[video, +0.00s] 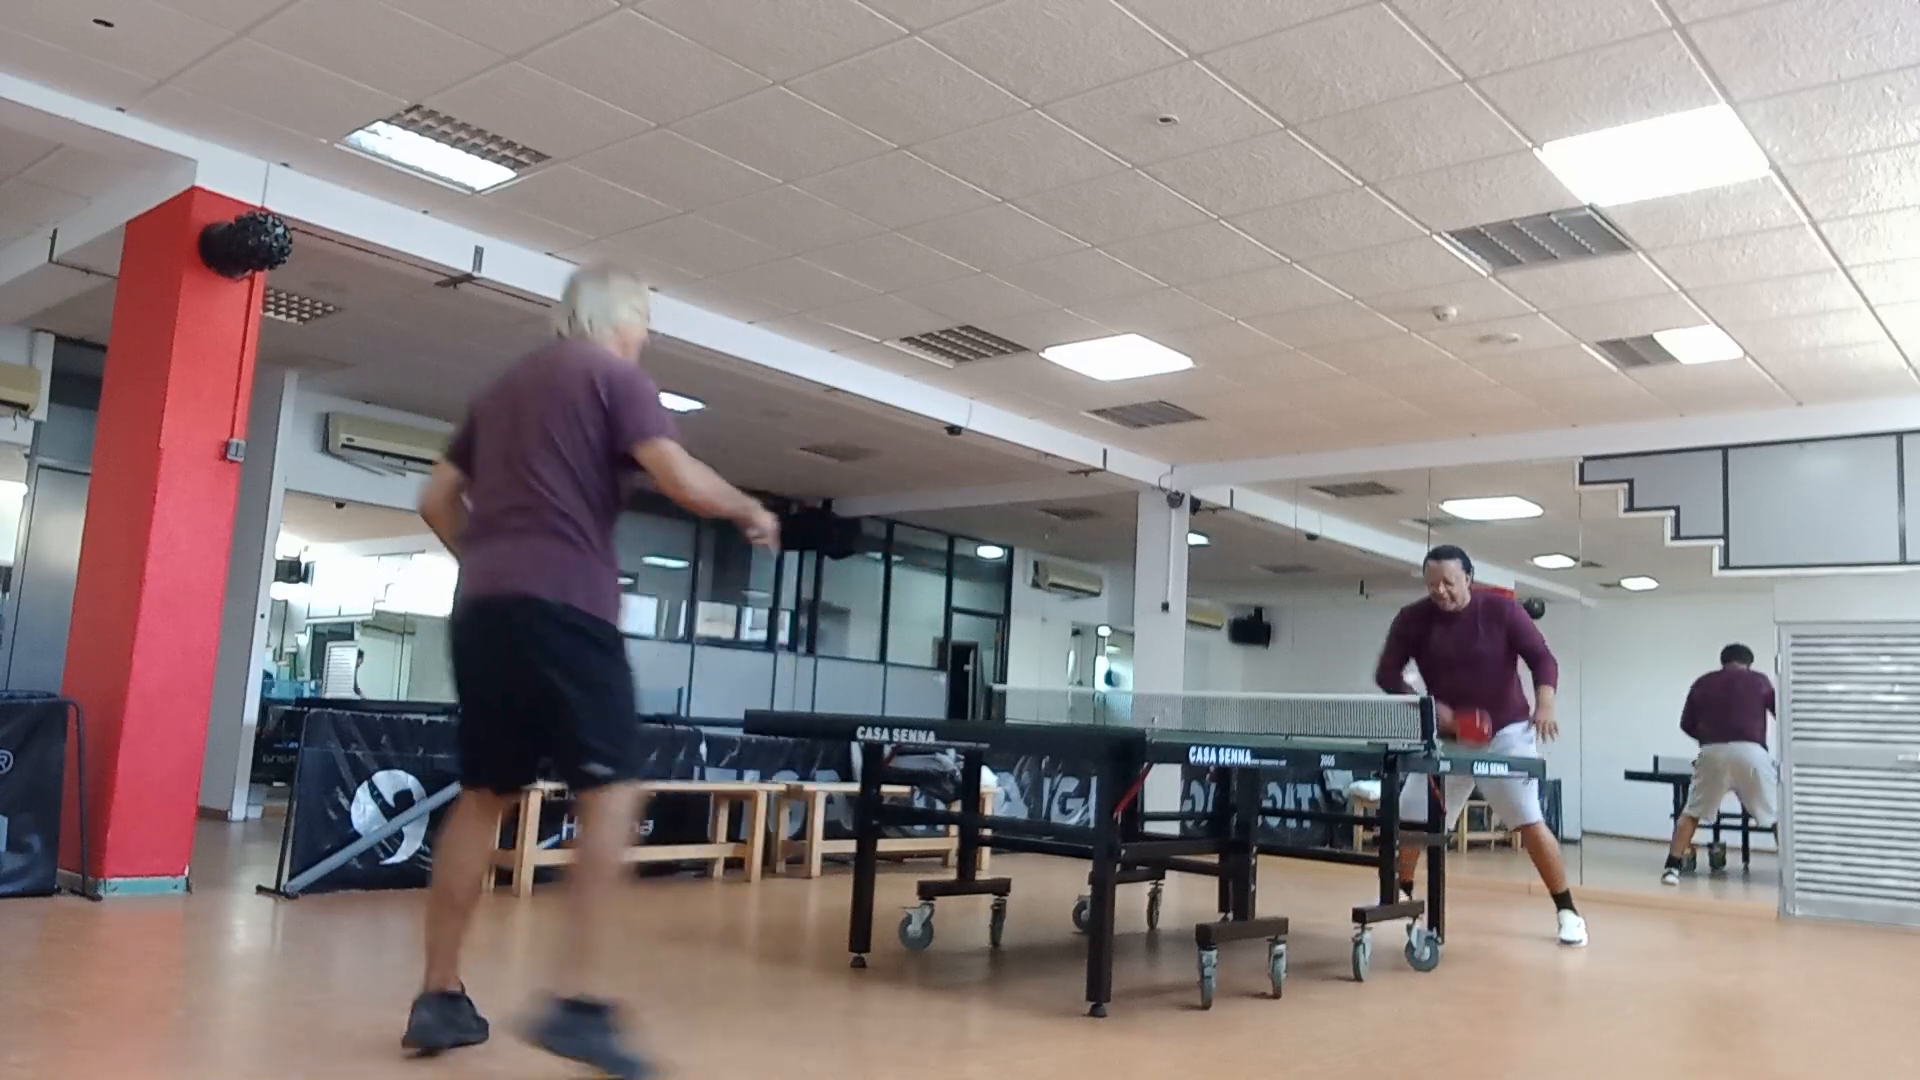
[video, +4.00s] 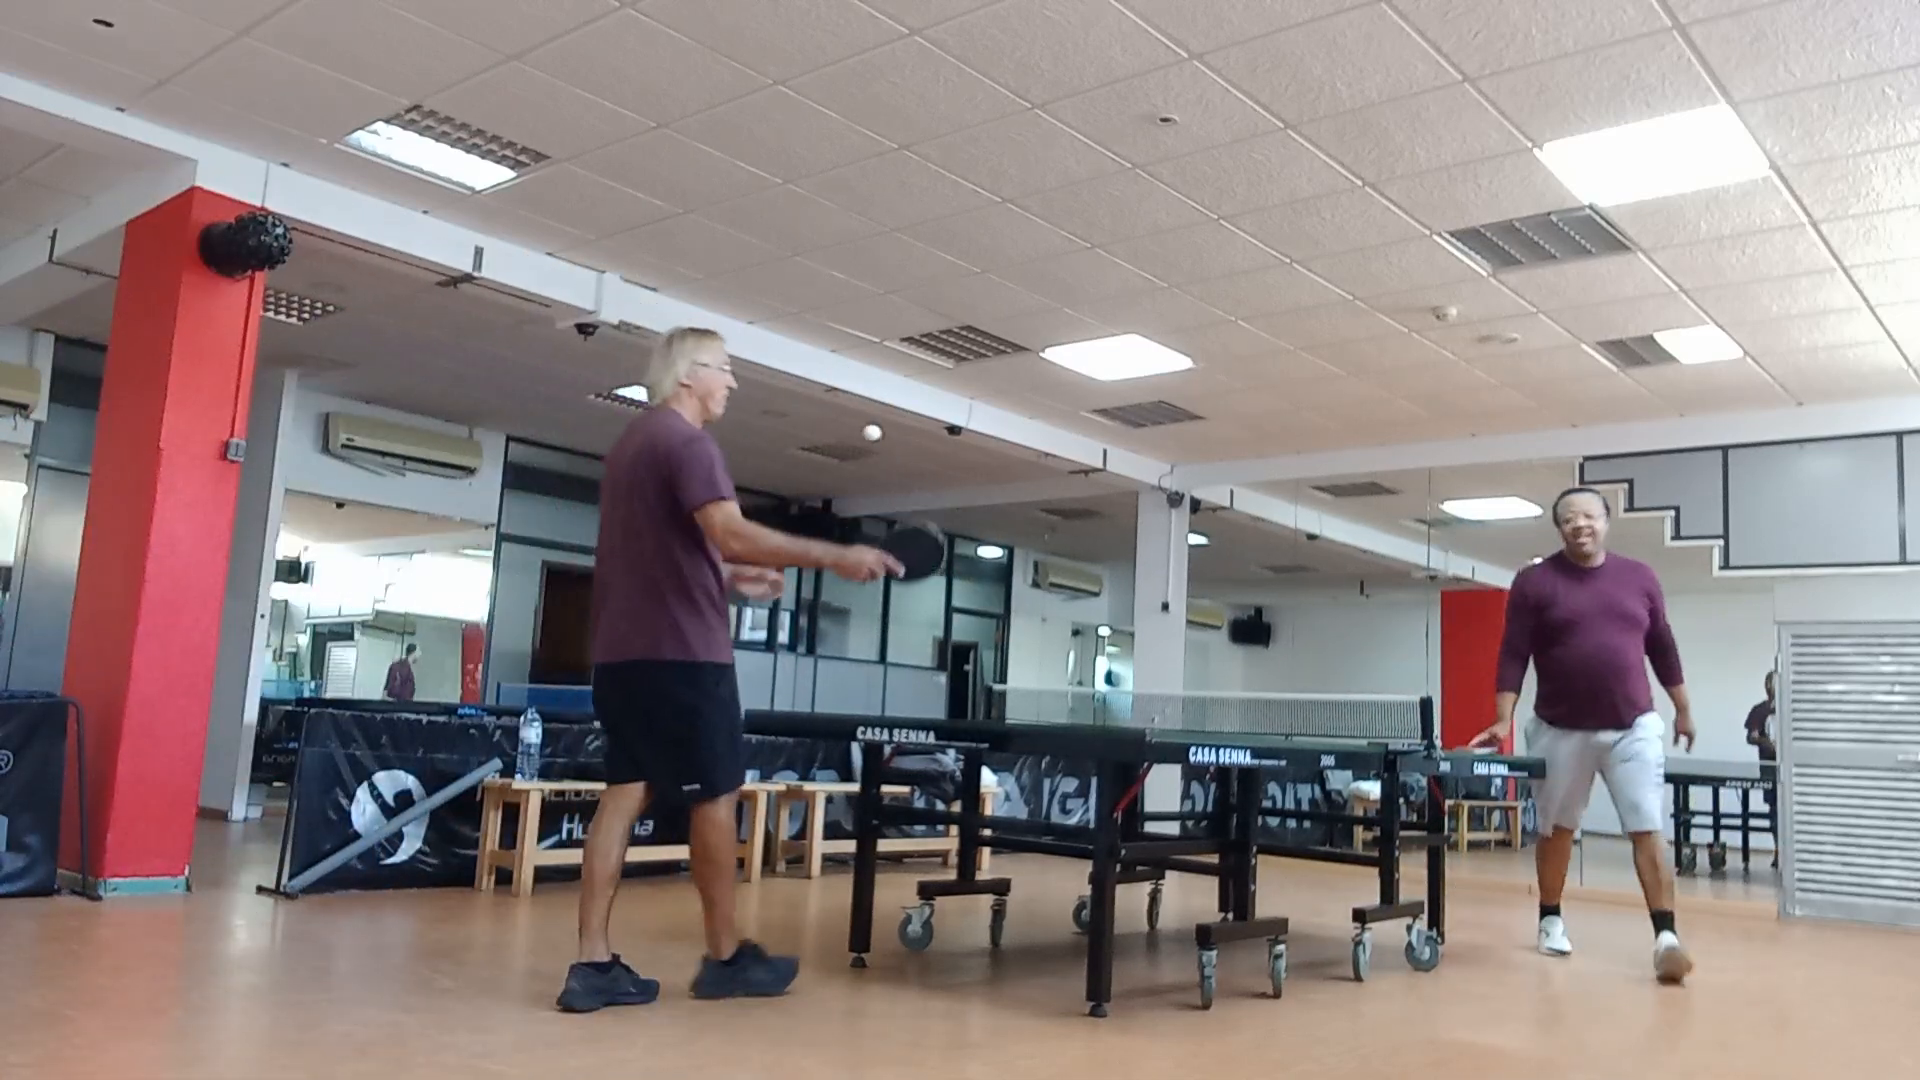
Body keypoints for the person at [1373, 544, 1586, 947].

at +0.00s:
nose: (1440, 591)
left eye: (1448, 582)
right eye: (1433, 584)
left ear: (1467, 577)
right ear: (1426, 584)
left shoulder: (1502, 610)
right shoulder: (1414, 620)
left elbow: (1542, 658)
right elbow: (1386, 675)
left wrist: (1545, 706)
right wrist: (1432, 710)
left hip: (1507, 733)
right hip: (1448, 739)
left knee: (1527, 819)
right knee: (1409, 820)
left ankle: (1567, 911)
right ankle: (1401, 896)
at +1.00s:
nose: (1450, 549)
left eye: (1458, 541)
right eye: (1448, 544)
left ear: (1485, 546)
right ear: (1453, 553)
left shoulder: (1519, 591)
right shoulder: (1452, 597)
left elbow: (1539, 646)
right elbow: (1453, 652)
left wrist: (1521, 694)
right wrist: (1427, 693)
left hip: (1515, 716)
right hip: (1466, 719)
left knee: (1516, 815)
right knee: (1455, 812)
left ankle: (1568, 909)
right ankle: (1462, 906)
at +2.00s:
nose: (1403, 598)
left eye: (1401, 590)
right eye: (1400, 591)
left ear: (1412, 580)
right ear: (1429, 575)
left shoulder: (1438, 597)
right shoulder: (1462, 592)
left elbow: (1442, 657)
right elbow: (1446, 654)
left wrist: (1428, 714)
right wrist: (1396, 653)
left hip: (1487, 702)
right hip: (1501, 699)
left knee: (1480, 801)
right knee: (1467, 806)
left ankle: (1534, 891)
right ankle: (1463, 900)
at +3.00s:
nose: (1470, 561)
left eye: (1477, 553)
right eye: (1466, 557)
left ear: (1502, 553)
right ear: (1466, 566)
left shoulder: (1546, 594)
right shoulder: (1465, 611)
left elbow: (1591, 647)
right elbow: (1423, 641)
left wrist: (1600, 710)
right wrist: (1386, 627)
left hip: (1556, 722)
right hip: (1502, 729)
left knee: (1558, 821)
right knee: (1485, 816)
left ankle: (1568, 907)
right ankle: (1466, 900)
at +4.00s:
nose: (1580, 527)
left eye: (1589, 518)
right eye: (1570, 521)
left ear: (1606, 523)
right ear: (1559, 530)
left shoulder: (1639, 577)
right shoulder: (1533, 583)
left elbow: (1662, 645)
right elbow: (1513, 653)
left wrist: (1682, 707)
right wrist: (1505, 718)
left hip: (1632, 725)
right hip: (1561, 728)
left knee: (1646, 827)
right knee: (1558, 827)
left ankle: (1666, 936)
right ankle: (1550, 920)